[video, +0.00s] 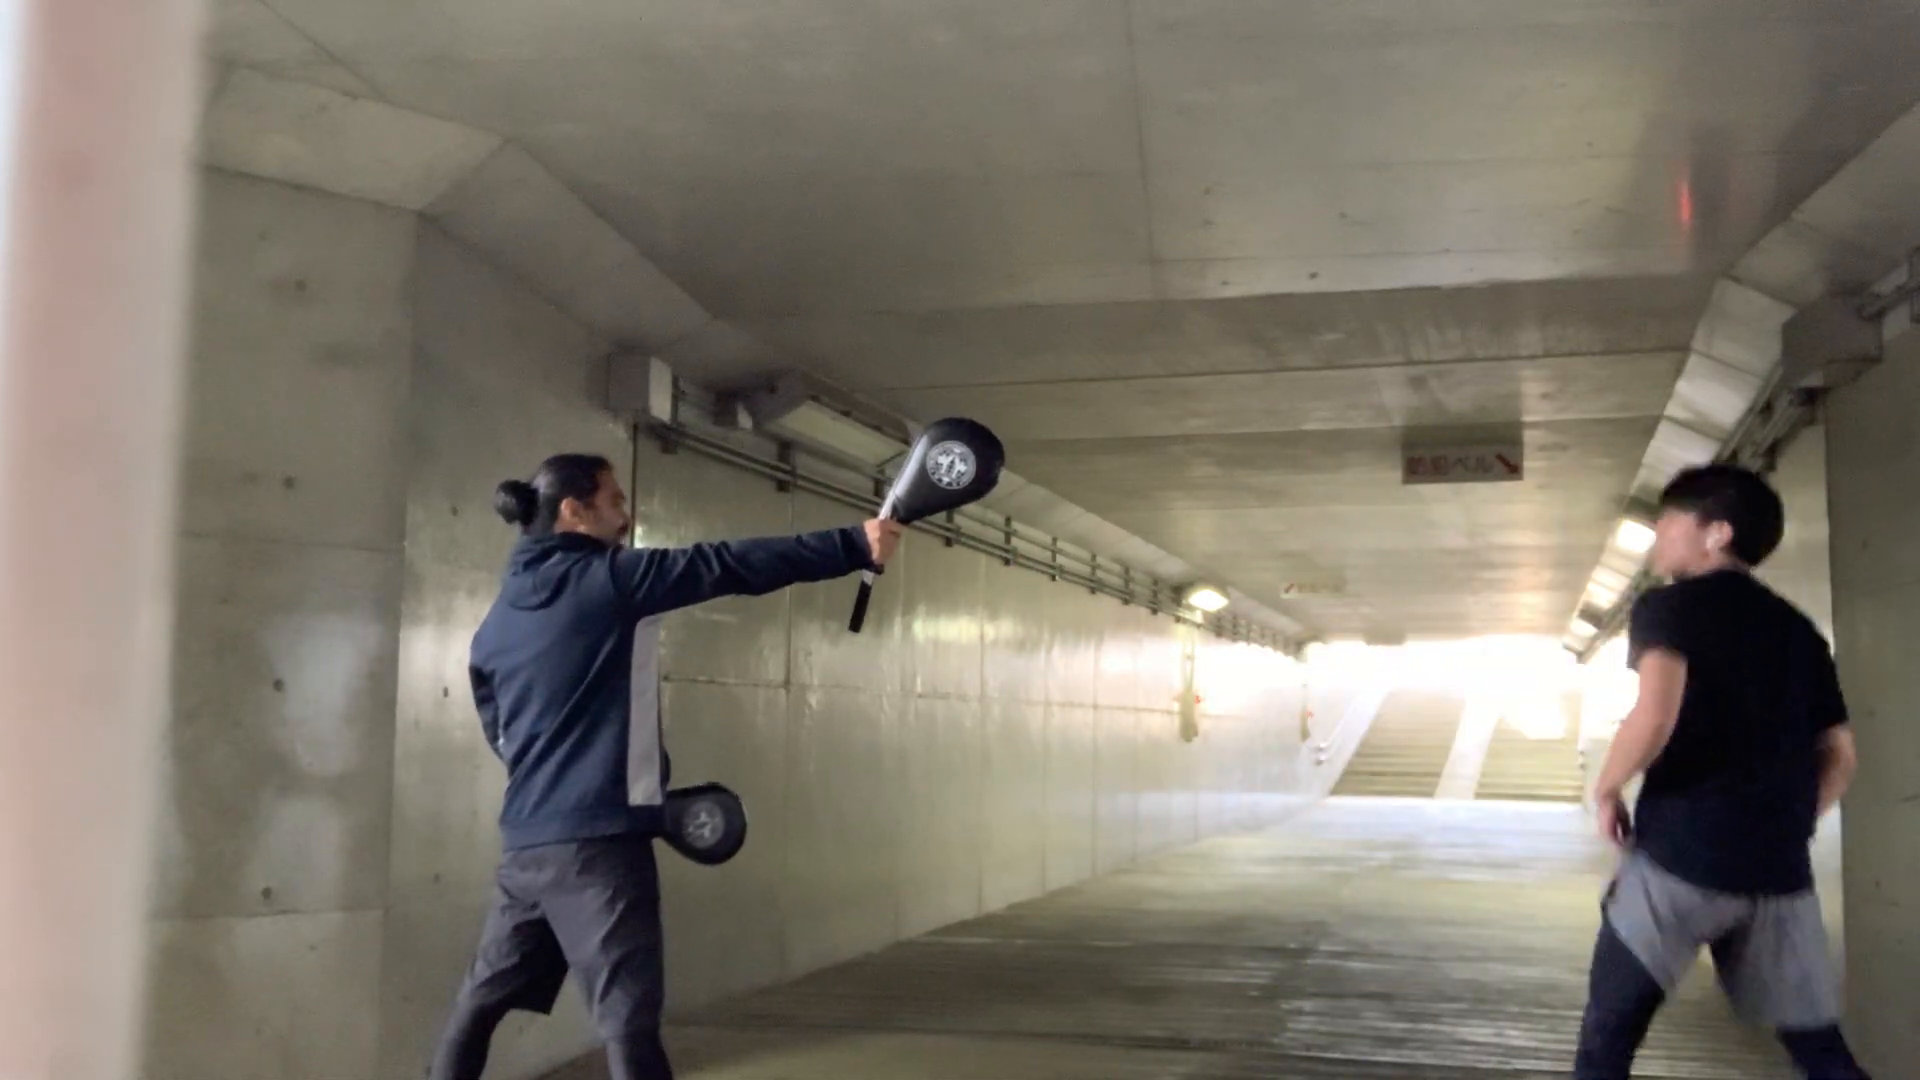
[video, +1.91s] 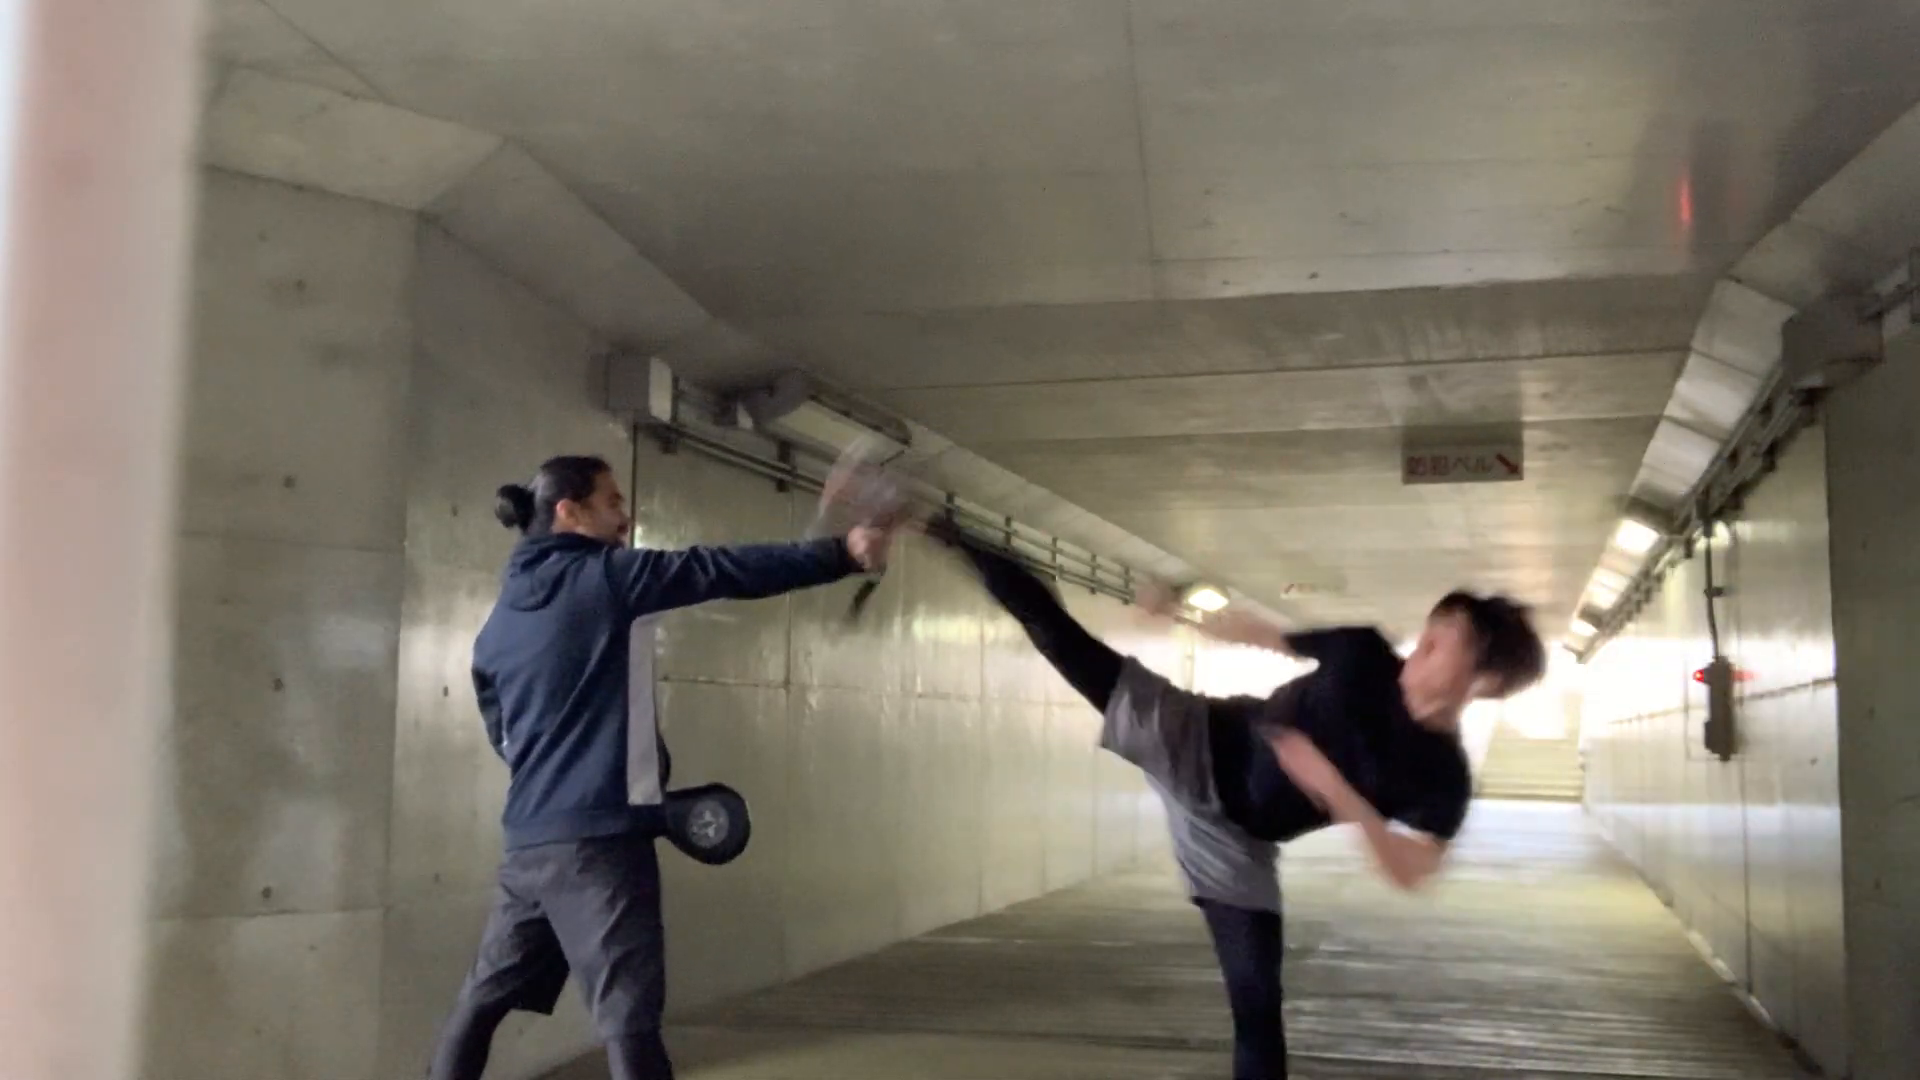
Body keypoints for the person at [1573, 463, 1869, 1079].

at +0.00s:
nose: (1657, 536)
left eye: (1669, 521)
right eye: (1661, 521)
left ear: (1717, 533)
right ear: (1728, 539)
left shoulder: (1669, 606)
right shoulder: (1800, 628)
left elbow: (1658, 708)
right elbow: (1839, 755)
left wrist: (1606, 788)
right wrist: (1787, 823)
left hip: (1680, 863)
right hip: (1781, 871)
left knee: (1604, 1049)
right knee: (1823, 1051)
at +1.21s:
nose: (1606, 535)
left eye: (1620, 520)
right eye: (1611, 518)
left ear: (1668, 539)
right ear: (1675, 544)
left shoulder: (1608, 599)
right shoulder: (1739, 628)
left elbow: (1587, 703)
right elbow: (1797, 745)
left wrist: (1527, 799)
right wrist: (1787, 847)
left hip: (1618, 845)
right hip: (1716, 852)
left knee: (1530, 1010)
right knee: (1775, 1028)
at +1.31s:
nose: (1577, 570)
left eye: (1591, 554)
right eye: (1582, 552)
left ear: (1641, 575)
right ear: (1647, 579)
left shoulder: (1585, 643)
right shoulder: (1708, 669)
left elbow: (1548, 747)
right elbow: (1786, 764)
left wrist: (1465, 824)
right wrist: (1810, 864)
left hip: (1611, 890)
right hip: (1708, 894)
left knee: (1490, 1009)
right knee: (1771, 1047)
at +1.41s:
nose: (1543, 585)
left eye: (1561, 575)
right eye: (1551, 572)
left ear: (1605, 602)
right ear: (1605, 606)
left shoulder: (1567, 671)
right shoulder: (1638, 690)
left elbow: (1547, 779)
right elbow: (1706, 803)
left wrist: (1434, 815)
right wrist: (1757, 904)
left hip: (1576, 926)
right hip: (1658, 928)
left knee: (1433, 1029)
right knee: (1746, 1059)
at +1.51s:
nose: (1511, 567)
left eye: (1529, 556)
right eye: (1519, 552)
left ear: (1570, 582)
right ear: (1567, 583)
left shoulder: (1553, 660)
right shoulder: (1566, 662)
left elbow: (1524, 765)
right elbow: (1576, 800)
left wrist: (1393, 752)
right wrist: (1571, 899)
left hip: (1498, 898)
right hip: (1537, 900)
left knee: (1376, 1032)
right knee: (1533, 1047)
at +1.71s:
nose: (1472, 556)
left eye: (1487, 548)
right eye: (1479, 544)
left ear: (1530, 580)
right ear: (1514, 578)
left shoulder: (1516, 684)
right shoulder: (1449, 629)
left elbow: (1475, 811)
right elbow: (1341, 633)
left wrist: (1383, 876)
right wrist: (1289, 570)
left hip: (1376, 863)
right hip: (1324, 809)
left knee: (1343, 1046)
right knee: (1174, 781)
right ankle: (1032, 866)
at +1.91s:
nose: (1420, 644)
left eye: (1440, 640)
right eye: (1428, 631)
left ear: (1478, 675)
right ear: (1427, 635)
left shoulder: (1443, 780)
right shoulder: (1364, 652)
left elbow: (1408, 872)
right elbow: (1264, 632)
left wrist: (1335, 792)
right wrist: (1183, 611)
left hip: (1234, 835)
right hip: (1191, 738)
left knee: (1257, 1005)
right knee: (1058, 636)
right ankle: (947, 533)